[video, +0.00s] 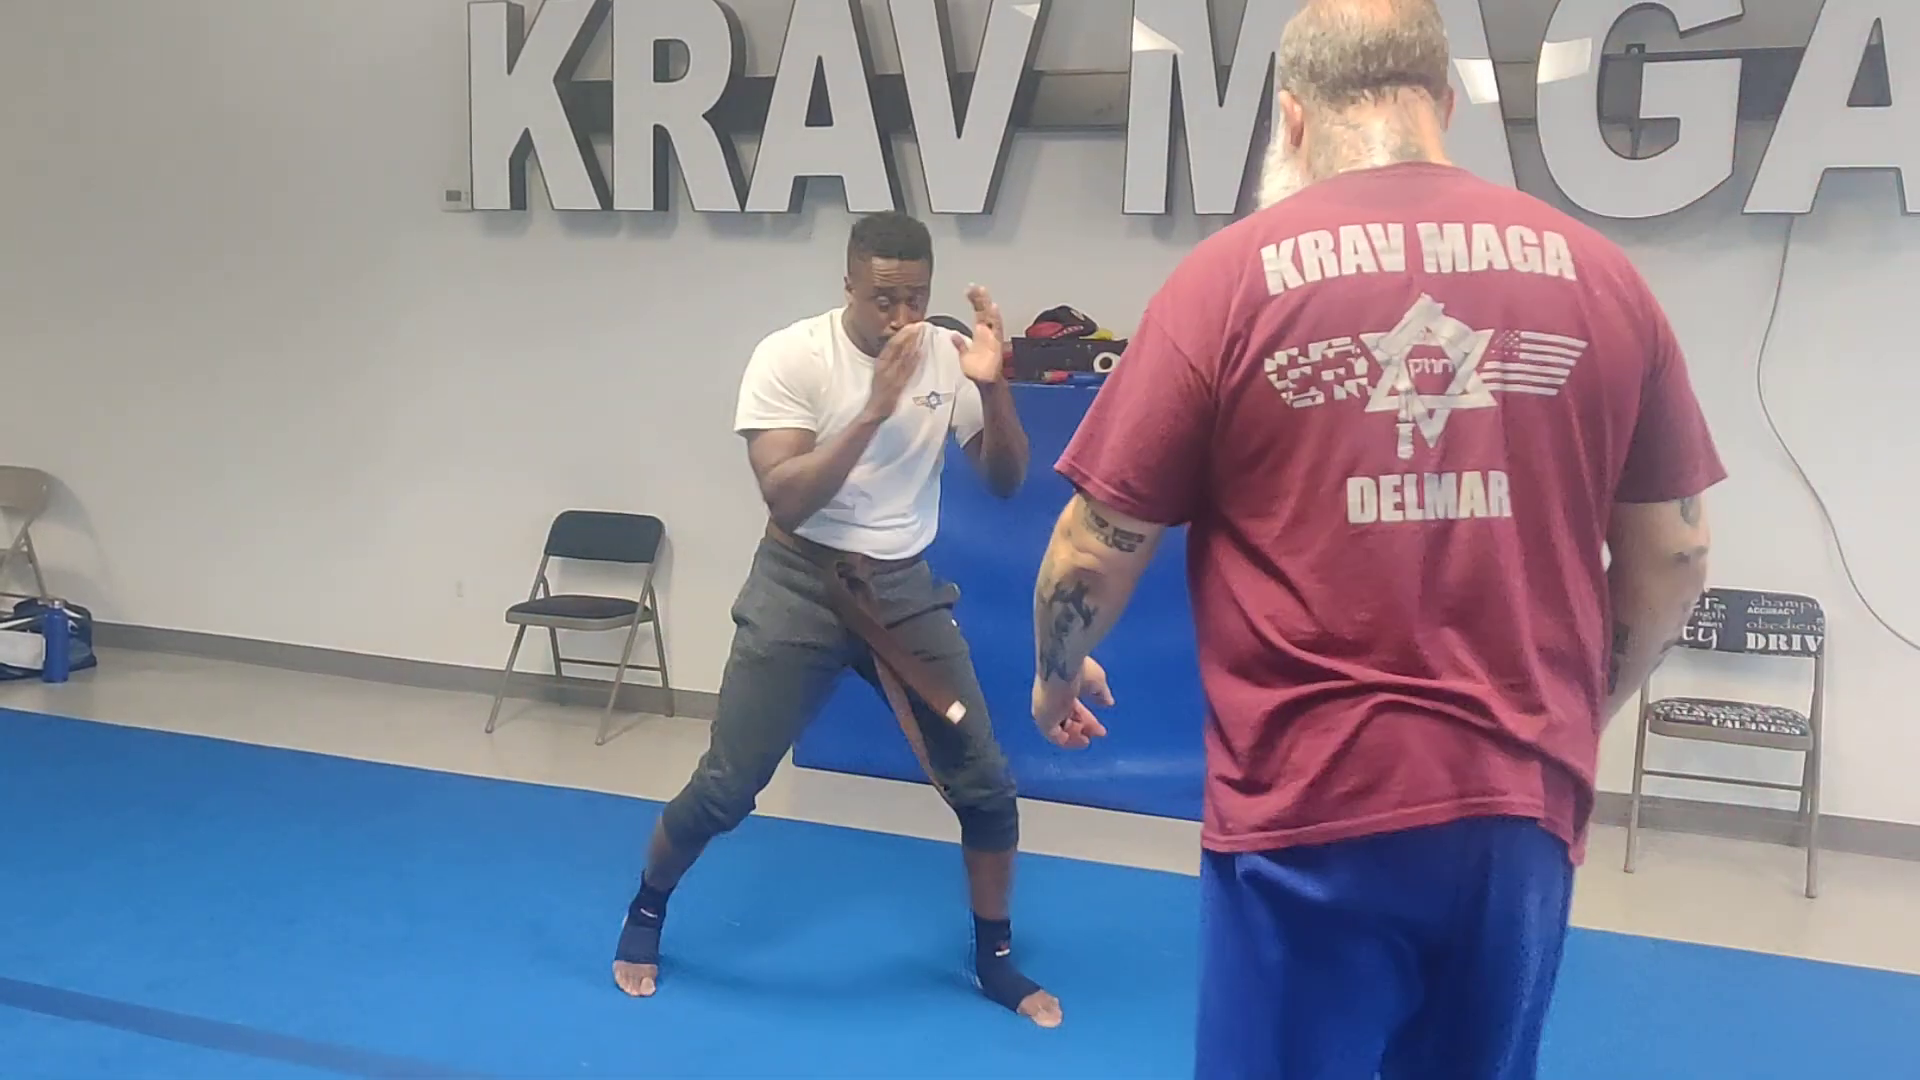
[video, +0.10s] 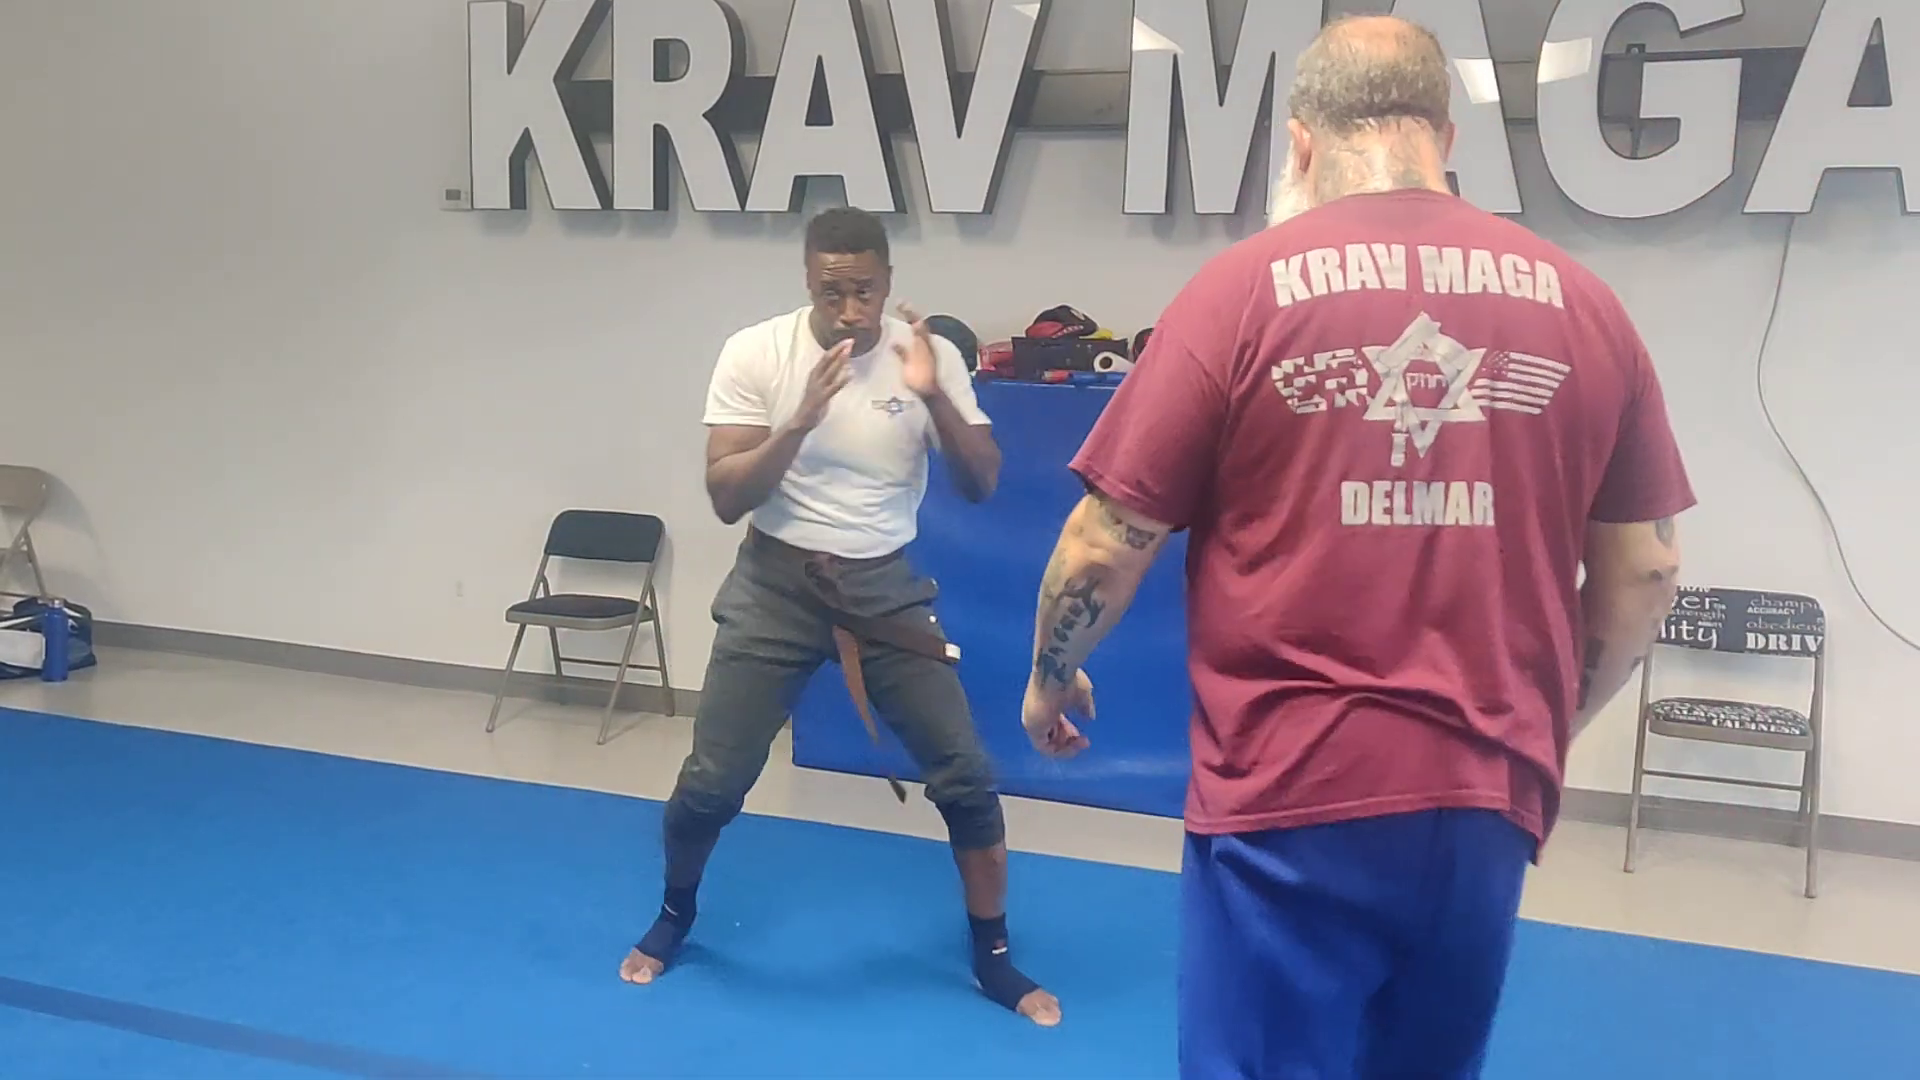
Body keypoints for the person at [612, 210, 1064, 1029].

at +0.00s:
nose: (902, 316)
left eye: (915, 299)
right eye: (885, 299)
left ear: (929, 290)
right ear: (847, 284)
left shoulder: (947, 353)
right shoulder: (787, 359)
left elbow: (1005, 479)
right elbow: (787, 502)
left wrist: (997, 389)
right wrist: (873, 411)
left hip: (905, 587)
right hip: (799, 580)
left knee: (986, 786)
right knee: (726, 788)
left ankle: (995, 958)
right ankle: (646, 911)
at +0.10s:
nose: (851, 308)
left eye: (866, 291)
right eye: (834, 291)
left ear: (889, 282)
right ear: (808, 279)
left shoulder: (927, 353)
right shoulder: (754, 354)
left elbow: (983, 482)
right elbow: (727, 496)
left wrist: (935, 396)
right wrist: (799, 420)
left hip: (885, 586)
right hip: (774, 578)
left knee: (966, 777)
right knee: (708, 785)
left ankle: (994, 960)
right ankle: (673, 916)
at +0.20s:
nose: (788, 300)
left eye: (805, 283)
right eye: (774, 283)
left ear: (837, 277)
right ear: (756, 278)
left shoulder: (886, 362)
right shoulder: (710, 358)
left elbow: (930, 495)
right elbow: (665, 494)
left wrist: (863, 443)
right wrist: (731, 446)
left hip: (851, 587)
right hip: (740, 582)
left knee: (936, 779)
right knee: (684, 786)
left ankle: (990, 957)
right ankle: (681, 927)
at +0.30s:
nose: (723, 289)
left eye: (741, 273)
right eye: (710, 273)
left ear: (779, 274)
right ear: (696, 278)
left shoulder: (835, 364)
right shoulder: (665, 359)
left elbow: (879, 499)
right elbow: (611, 484)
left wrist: (786, 530)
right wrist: (658, 472)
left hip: (804, 597)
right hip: (691, 592)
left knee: (890, 779)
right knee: (648, 789)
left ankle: (973, 949)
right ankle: (675, 925)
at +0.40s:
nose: (669, 272)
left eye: (686, 255)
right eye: (658, 258)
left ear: (730, 260)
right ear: (649, 268)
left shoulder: (793, 359)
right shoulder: (636, 353)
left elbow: (841, 495)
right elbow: (588, 459)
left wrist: (754, 589)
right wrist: (607, 488)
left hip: (765, 585)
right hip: (658, 582)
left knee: (847, 785)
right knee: (632, 789)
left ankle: (926, 942)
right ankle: (673, 927)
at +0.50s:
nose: (630, 251)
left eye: (648, 235)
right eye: (621, 237)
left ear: (695, 243)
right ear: (616, 250)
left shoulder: (758, 343)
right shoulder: (613, 340)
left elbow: (811, 481)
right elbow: (589, 438)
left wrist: (724, 580)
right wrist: (571, 490)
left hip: (736, 574)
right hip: (637, 570)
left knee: (793, 779)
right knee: (626, 778)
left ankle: (859, 937)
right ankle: (671, 922)